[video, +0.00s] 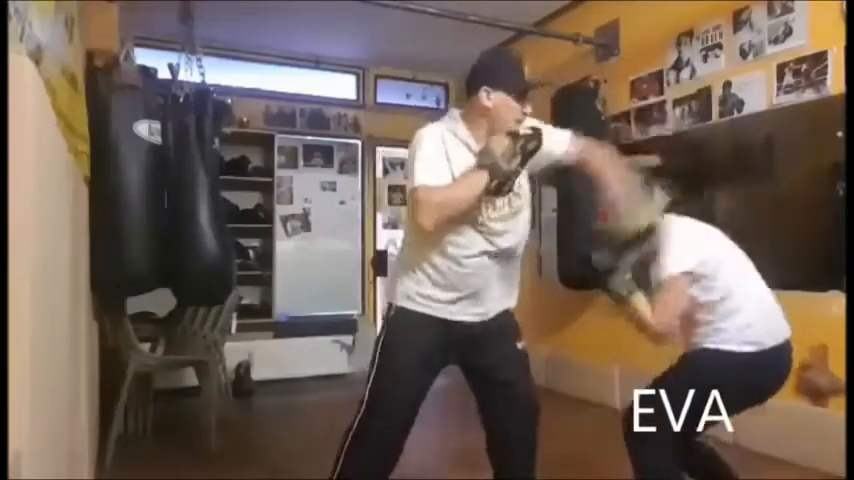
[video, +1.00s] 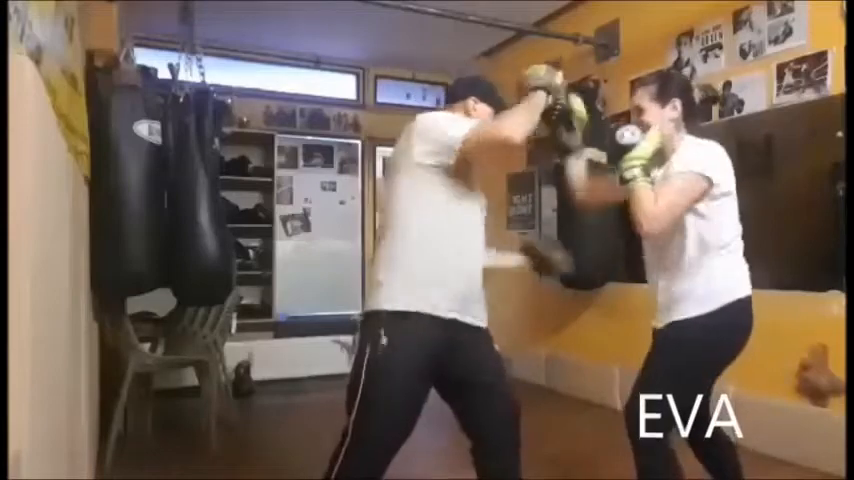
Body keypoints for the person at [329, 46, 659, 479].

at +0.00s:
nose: (528, 108)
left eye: (528, 98)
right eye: (520, 97)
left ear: (492, 99)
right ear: (487, 98)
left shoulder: (524, 137)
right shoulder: (435, 138)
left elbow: (596, 153)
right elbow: (429, 215)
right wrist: (490, 166)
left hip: (491, 318)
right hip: (421, 315)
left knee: (517, 422)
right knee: (380, 430)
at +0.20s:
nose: (494, 113)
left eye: (494, 103)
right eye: (487, 101)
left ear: (460, 101)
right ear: (457, 99)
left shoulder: (474, 153)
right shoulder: (407, 145)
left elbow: (521, 224)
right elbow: (437, 218)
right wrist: (487, 165)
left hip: (473, 327)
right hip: (408, 329)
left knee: (510, 413)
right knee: (372, 443)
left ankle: (511, 475)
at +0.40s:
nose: (451, 104)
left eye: (451, 95)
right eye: (444, 92)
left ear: (414, 93)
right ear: (415, 90)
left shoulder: (427, 144)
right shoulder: (383, 136)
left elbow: (491, 172)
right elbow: (458, 169)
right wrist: (487, 111)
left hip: (450, 324)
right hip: (392, 329)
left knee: (493, 427)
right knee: (363, 449)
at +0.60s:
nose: (454, 100)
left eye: (454, 91)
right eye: (447, 88)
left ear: (422, 91)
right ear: (418, 88)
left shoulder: (449, 149)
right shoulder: (373, 137)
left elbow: (503, 175)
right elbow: (402, 192)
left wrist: (551, 153)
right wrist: (458, 136)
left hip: (447, 327)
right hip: (381, 331)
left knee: (485, 448)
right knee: (354, 457)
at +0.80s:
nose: (480, 118)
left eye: (482, 109)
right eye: (476, 106)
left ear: (449, 101)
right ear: (450, 97)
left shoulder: (450, 155)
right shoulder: (402, 134)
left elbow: (471, 214)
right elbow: (441, 188)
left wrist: (495, 192)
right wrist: (493, 143)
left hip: (455, 328)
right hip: (393, 330)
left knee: (491, 439)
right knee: (361, 453)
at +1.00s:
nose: (494, 123)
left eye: (496, 117)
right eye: (491, 114)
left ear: (469, 109)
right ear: (472, 104)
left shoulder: (465, 167)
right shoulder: (425, 127)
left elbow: (460, 255)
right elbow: (505, 133)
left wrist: (524, 255)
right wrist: (542, 92)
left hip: (463, 323)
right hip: (404, 317)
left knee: (499, 429)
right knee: (370, 444)